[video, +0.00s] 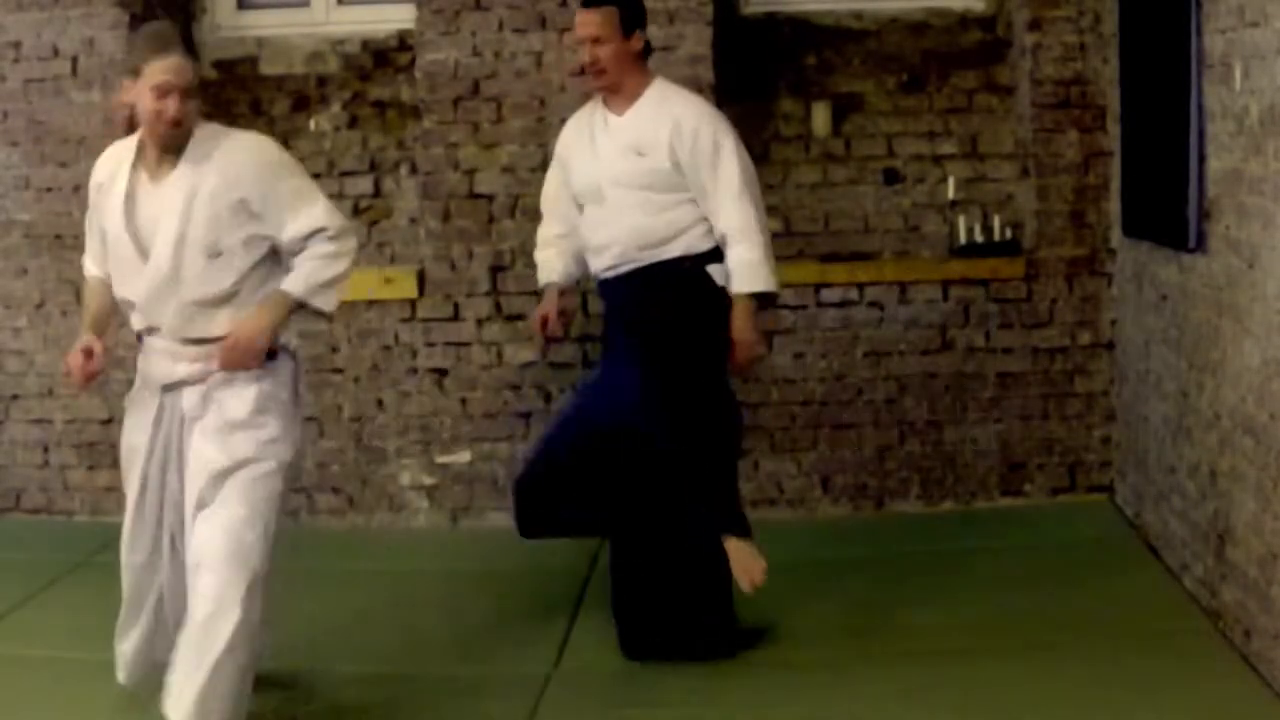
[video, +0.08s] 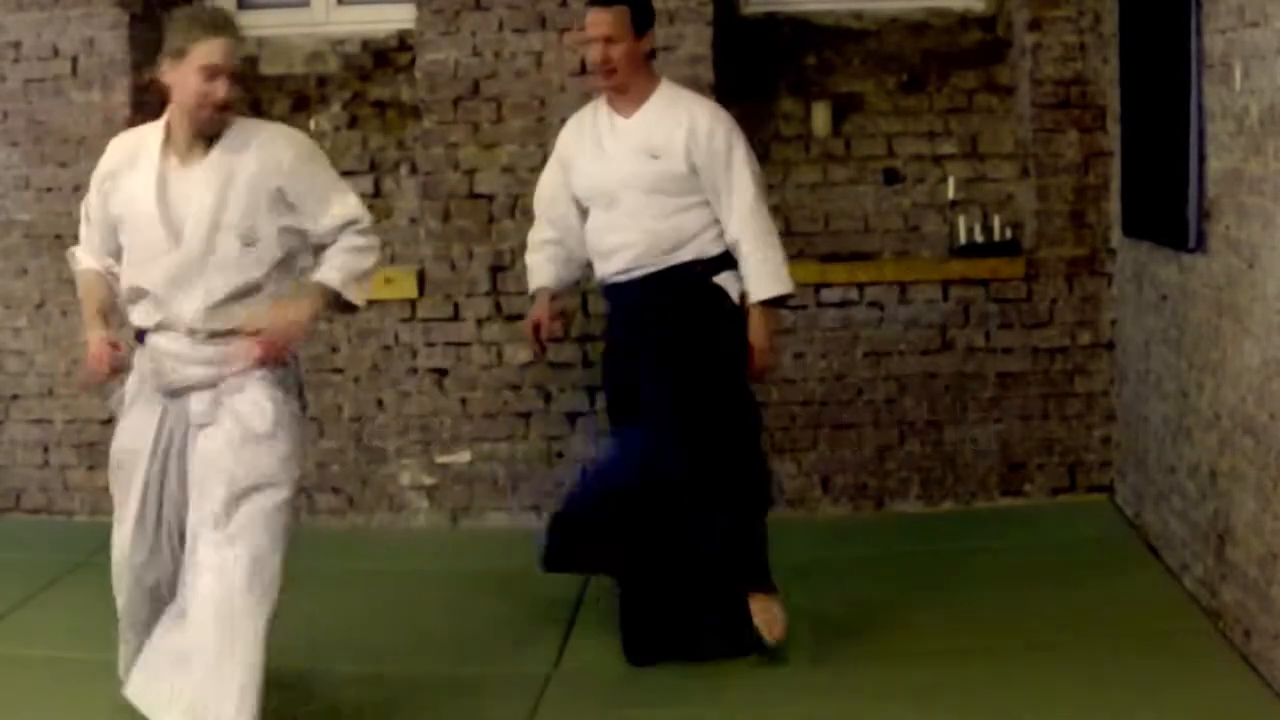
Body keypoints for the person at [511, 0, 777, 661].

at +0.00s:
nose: (585, 55)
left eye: (598, 42)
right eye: (580, 44)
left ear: (637, 43)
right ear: (579, 51)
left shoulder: (689, 117)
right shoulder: (578, 131)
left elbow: (738, 208)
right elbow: (558, 215)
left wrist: (744, 308)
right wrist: (556, 287)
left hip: (690, 292)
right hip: (625, 302)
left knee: (677, 452)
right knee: (652, 460)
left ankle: (723, 538)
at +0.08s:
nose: (596, 54)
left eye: (609, 41)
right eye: (589, 43)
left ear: (645, 43)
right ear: (584, 50)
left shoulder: (700, 120)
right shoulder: (577, 135)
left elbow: (746, 212)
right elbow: (554, 220)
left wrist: (760, 308)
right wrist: (545, 292)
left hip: (701, 301)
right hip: (628, 310)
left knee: (719, 454)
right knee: (643, 464)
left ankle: (752, 587)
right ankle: (661, 621)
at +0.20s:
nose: (616, 49)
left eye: (629, 34)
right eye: (607, 38)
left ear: (662, 38)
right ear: (599, 46)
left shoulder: (718, 119)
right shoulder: (584, 136)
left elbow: (764, 214)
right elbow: (557, 224)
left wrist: (770, 308)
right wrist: (549, 289)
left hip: (717, 313)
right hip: (637, 321)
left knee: (740, 474)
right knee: (649, 478)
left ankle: (768, 636)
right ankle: (664, 635)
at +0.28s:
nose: (629, 48)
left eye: (641, 33)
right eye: (619, 37)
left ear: (672, 37)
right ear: (611, 46)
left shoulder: (731, 122)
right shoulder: (595, 139)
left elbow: (777, 220)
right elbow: (566, 225)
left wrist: (777, 314)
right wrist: (559, 292)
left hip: (722, 321)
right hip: (642, 327)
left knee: (739, 479)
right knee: (647, 483)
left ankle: (758, 634)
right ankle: (661, 635)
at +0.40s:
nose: (642, 53)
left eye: (656, 39)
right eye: (633, 41)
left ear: (688, 44)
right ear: (625, 50)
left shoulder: (746, 129)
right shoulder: (606, 143)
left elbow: (790, 226)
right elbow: (579, 228)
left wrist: (793, 320)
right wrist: (582, 294)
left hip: (733, 328)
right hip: (646, 333)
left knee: (746, 482)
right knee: (619, 478)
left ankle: (775, 639)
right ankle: (652, 626)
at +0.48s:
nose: (648, 50)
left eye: (661, 35)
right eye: (638, 38)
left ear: (692, 41)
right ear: (628, 47)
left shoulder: (750, 125)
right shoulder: (606, 138)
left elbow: (792, 225)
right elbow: (580, 227)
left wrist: (795, 320)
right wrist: (592, 301)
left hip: (734, 327)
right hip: (644, 330)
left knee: (753, 481)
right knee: (604, 478)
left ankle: (776, 639)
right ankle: (600, 632)